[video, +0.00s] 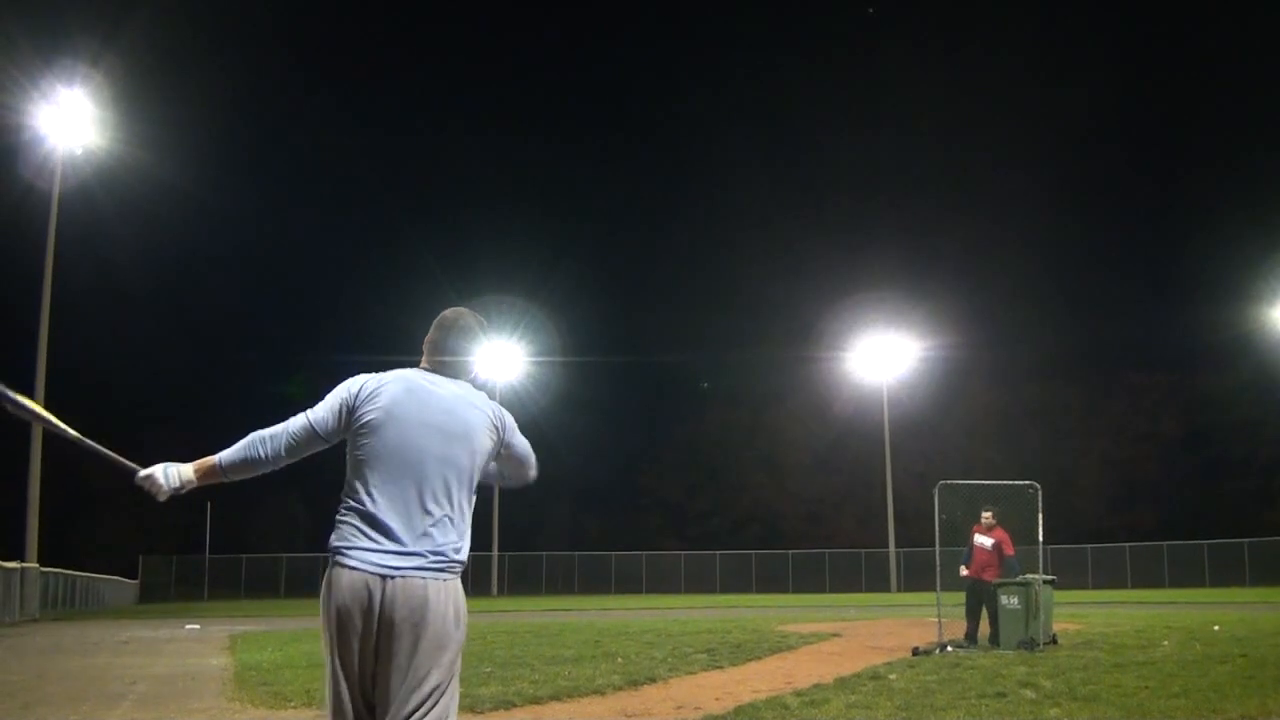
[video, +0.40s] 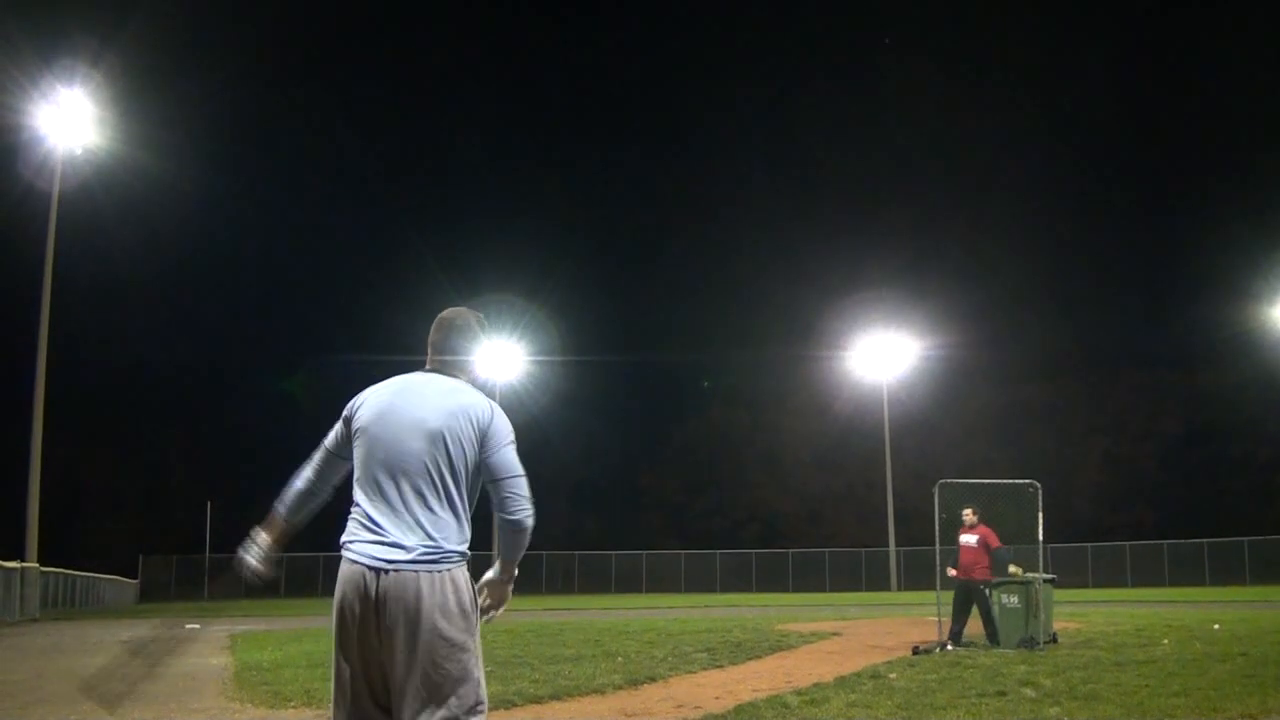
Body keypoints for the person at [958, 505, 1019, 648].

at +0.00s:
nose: (984, 521)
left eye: (987, 518)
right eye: (982, 518)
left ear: (994, 519)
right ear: (980, 518)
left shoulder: (1001, 536)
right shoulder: (977, 529)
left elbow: (1010, 558)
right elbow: (970, 548)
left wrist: (1017, 576)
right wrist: (963, 564)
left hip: (991, 581)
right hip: (974, 578)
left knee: (993, 613)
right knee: (972, 611)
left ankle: (995, 640)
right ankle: (970, 639)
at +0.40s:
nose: (964, 518)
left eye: (967, 515)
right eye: (963, 515)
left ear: (976, 516)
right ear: (962, 518)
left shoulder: (985, 532)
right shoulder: (962, 532)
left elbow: (998, 550)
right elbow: (959, 552)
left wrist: (1008, 565)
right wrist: (952, 566)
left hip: (980, 580)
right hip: (963, 579)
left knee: (986, 612)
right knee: (959, 611)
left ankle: (994, 642)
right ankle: (953, 641)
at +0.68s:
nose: (944, 521)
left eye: (945, 517)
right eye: (943, 518)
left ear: (954, 516)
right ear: (948, 518)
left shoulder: (966, 528)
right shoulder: (947, 533)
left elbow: (981, 541)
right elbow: (944, 554)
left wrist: (992, 553)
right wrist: (934, 562)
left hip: (964, 576)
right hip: (949, 577)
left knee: (970, 609)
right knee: (950, 611)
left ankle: (983, 638)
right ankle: (952, 640)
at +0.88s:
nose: (937, 521)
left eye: (939, 517)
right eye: (936, 518)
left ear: (947, 515)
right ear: (942, 517)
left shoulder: (960, 527)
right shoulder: (940, 533)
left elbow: (975, 539)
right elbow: (938, 555)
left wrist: (987, 550)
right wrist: (926, 564)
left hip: (958, 573)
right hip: (945, 574)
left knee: (957, 606)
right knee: (946, 607)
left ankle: (962, 636)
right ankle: (951, 637)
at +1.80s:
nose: (934, 516)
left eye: (936, 513)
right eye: (933, 514)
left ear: (944, 514)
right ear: (933, 517)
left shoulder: (951, 525)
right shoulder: (937, 531)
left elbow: (962, 538)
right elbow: (936, 552)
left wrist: (965, 550)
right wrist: (923, 560)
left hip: (952, 573)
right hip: (941, 573)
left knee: (952, 605)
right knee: (944, 606)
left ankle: (957, 637)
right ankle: (949, 637)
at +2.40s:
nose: (933, 518)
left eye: (935, 515)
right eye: (933, 515)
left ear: (941, 515)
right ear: (941, 516)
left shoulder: (950, 525)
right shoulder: (941, 529)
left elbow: (953, 545)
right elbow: (942, 553)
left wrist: (951, 564)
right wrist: (929, 561)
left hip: (950, 573)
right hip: (943, 572)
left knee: (951, 605)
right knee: (945, 605)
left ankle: (957, 635)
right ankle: (949, 635)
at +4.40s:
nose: (933, 515)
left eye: (935, 512)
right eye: (931, 513)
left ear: (943, 513)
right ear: (931, 515)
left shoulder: (952, 527)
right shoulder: (935, 531)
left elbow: (956, 547)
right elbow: (932, 553)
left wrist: (952, 564)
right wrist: (917, 554)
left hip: (948, 572)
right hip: (937, 573)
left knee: (950, 604)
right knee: (941, 605)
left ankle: (955, 636)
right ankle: (947, 635)